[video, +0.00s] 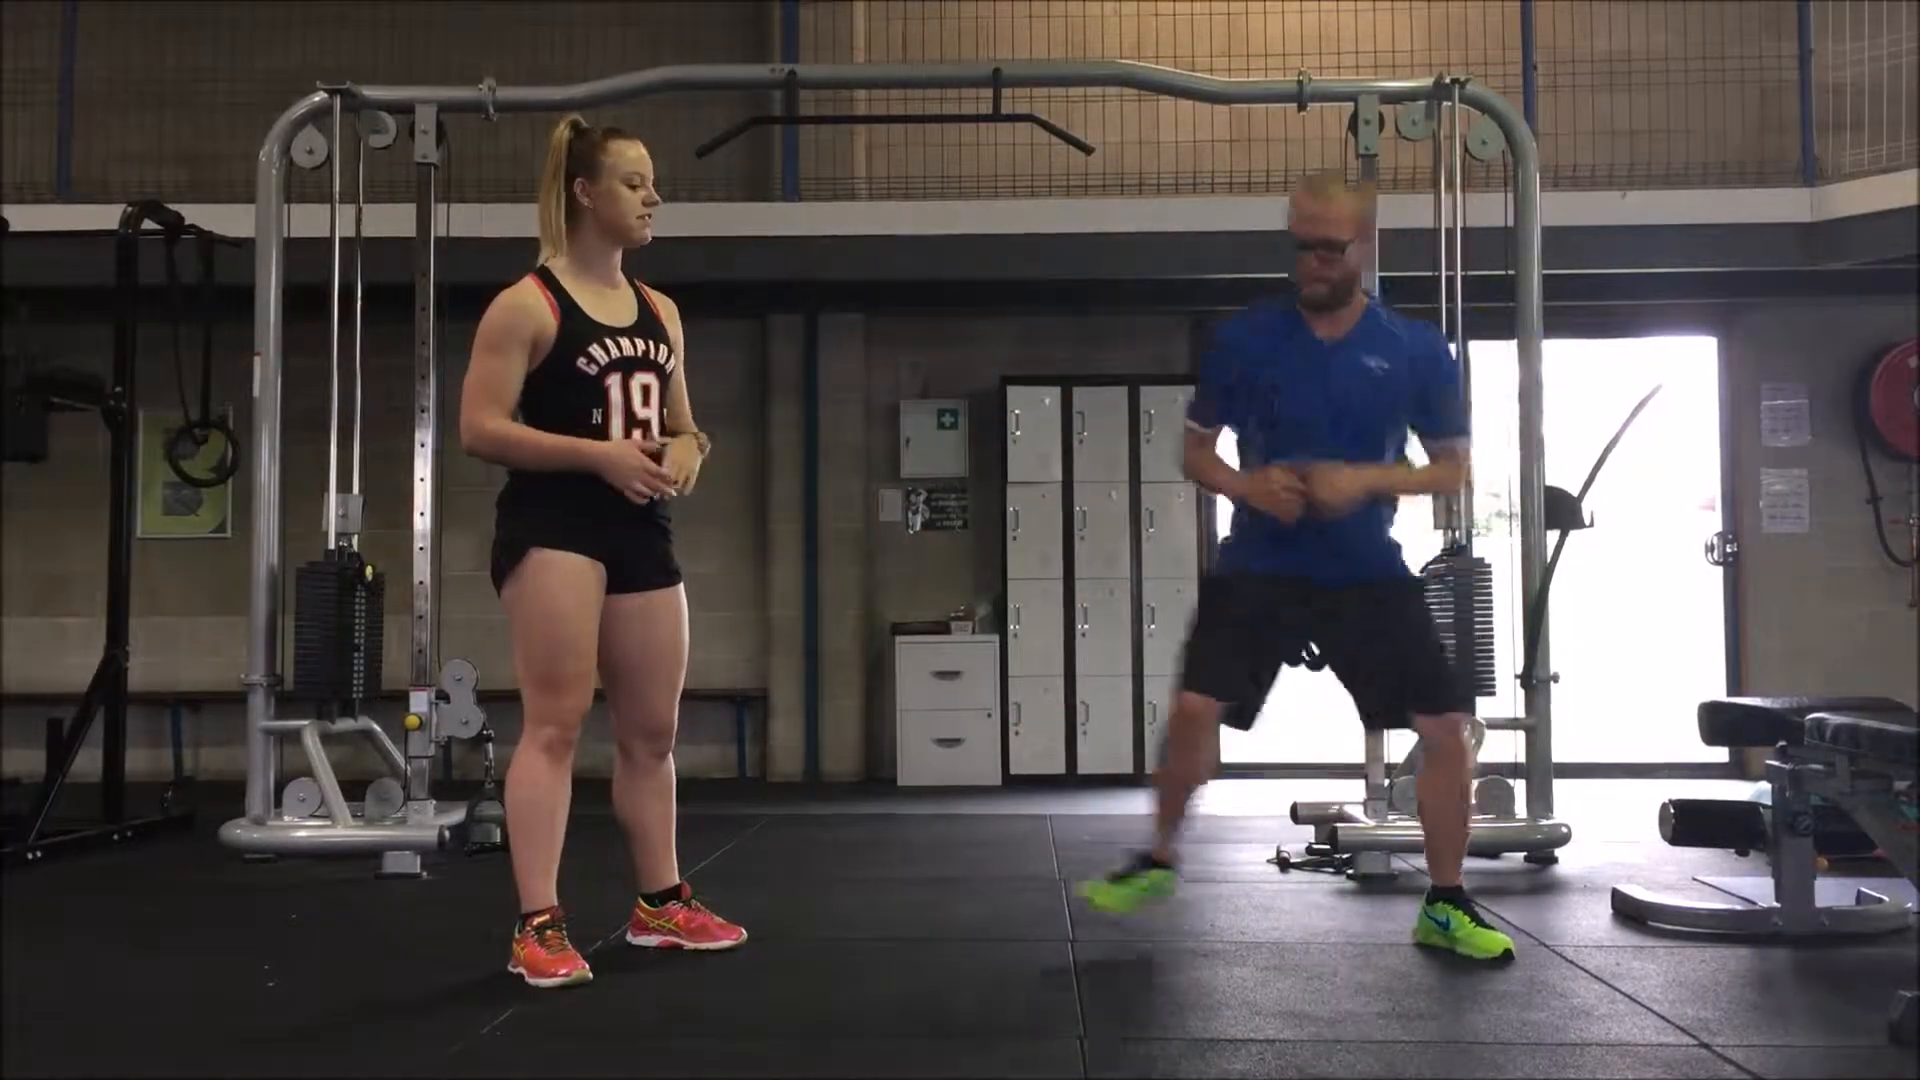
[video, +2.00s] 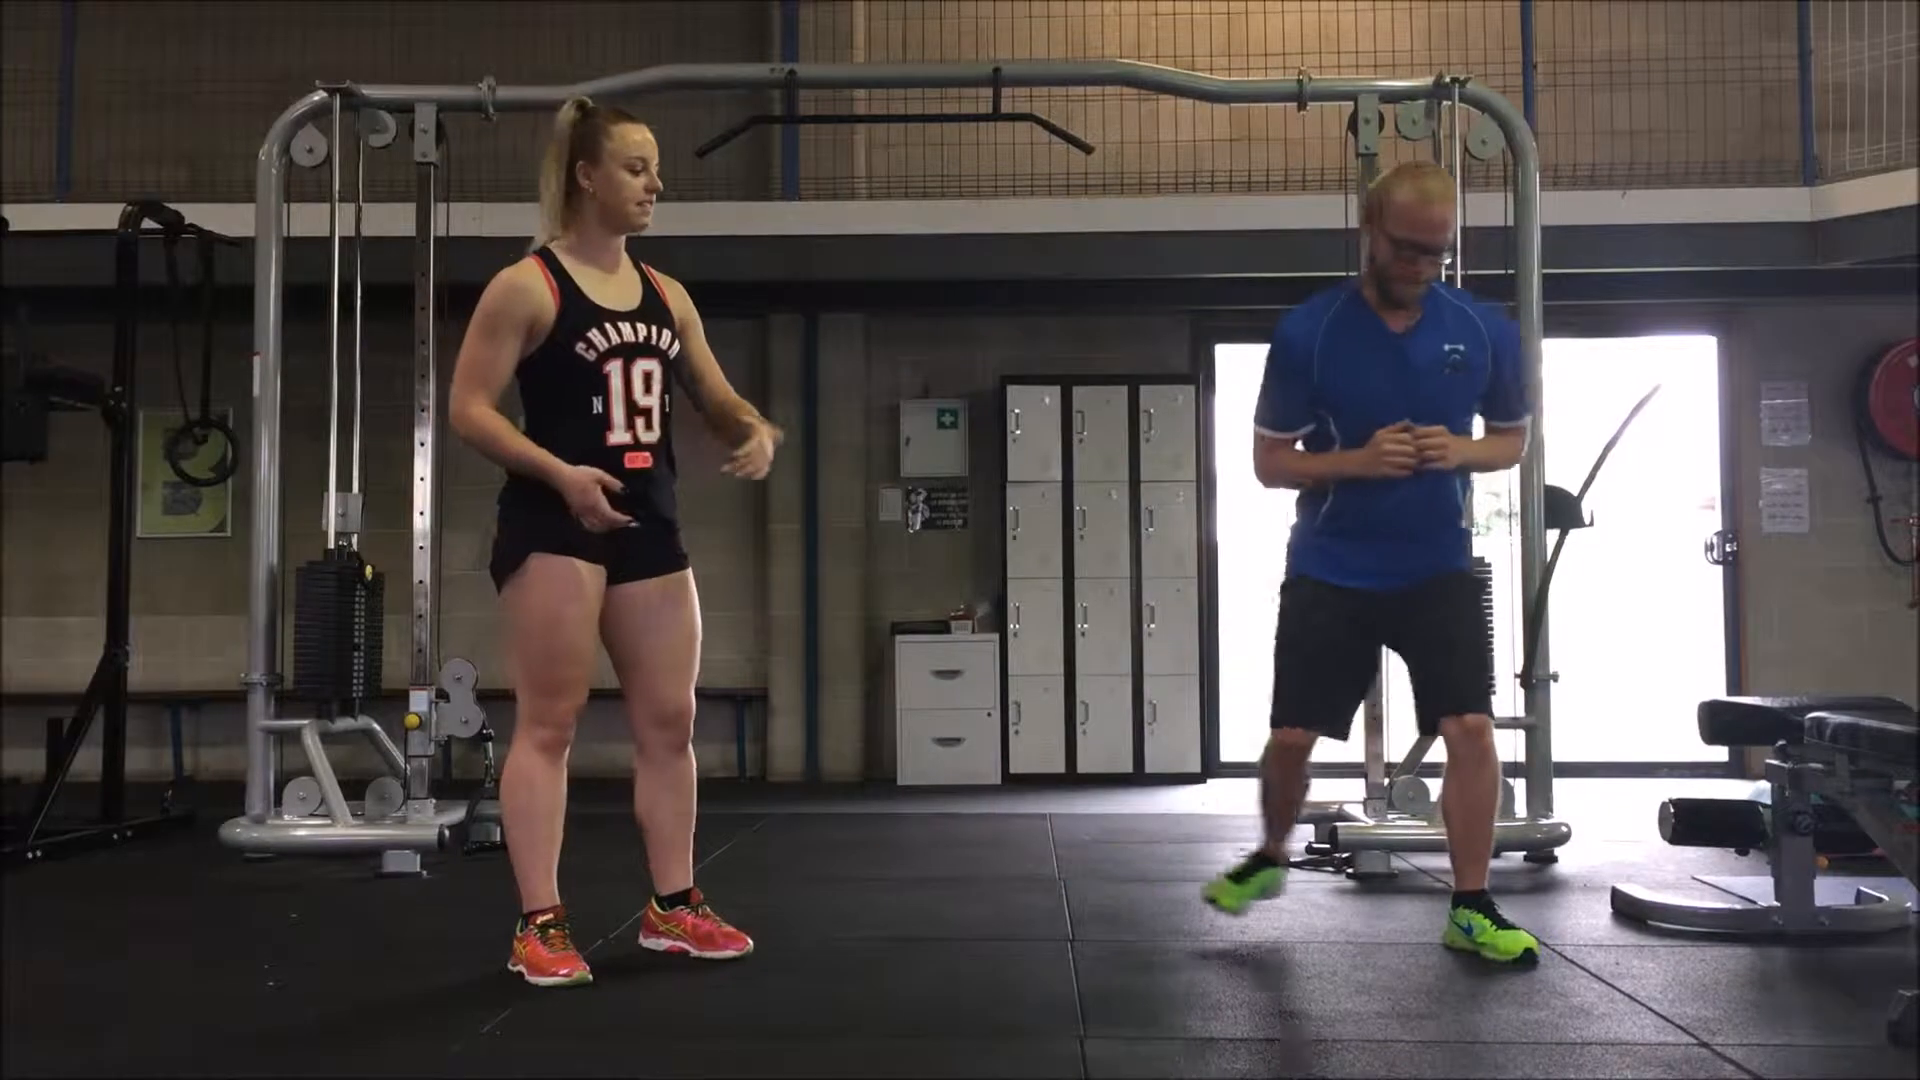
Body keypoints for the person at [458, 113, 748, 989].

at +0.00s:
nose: (652, 198)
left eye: (653, 185)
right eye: (636, 184)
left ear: (624, 200)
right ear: (584, 192)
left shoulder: (658, 311)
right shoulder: (524, 307)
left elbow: (682, 426)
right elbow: (480, 428)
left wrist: (687, 452)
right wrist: (597, 454)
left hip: (642, 534)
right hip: (555, 533)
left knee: (650, 735)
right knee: (553, 727)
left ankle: (662, 903)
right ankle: (538, 926)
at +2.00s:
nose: (654, 184)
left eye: (656, 170)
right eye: (637, 169)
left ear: (638, 182)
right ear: (586, 176)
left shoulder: (665, 294)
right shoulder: (524, 288)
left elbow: (717, 399)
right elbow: (468, 410)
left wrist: (756, 432)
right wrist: (557, 471)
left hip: (650, 529)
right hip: (555, 528)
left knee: (670, 724)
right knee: (548, 725)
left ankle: (673, 905)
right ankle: (539, 925)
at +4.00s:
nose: (629, 181)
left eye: (641, 169)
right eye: (610, 168)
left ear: (656, 187)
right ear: (574, 186)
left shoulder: (684, 303)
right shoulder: (530, 293)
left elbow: (708, 416)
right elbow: (478, 414)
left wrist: (691, 498)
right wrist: (571, 479)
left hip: (652, 533)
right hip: (551, 530)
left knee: (683, 726)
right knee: (548, 725)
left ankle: (674, 907)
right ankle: (538, 926)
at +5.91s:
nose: (640, 201)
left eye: (643, 187)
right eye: (624, 186)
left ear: (631, 196)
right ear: (570, 189)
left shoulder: (655, 303)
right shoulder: (502, 299)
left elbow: (686, 417)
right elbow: (459, 420)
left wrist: (664, 437)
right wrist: (575, 436)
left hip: (625, 528)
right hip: (532, 525)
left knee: (678, 720)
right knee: (544, 720)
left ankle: (674, 906)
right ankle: (538, 924)